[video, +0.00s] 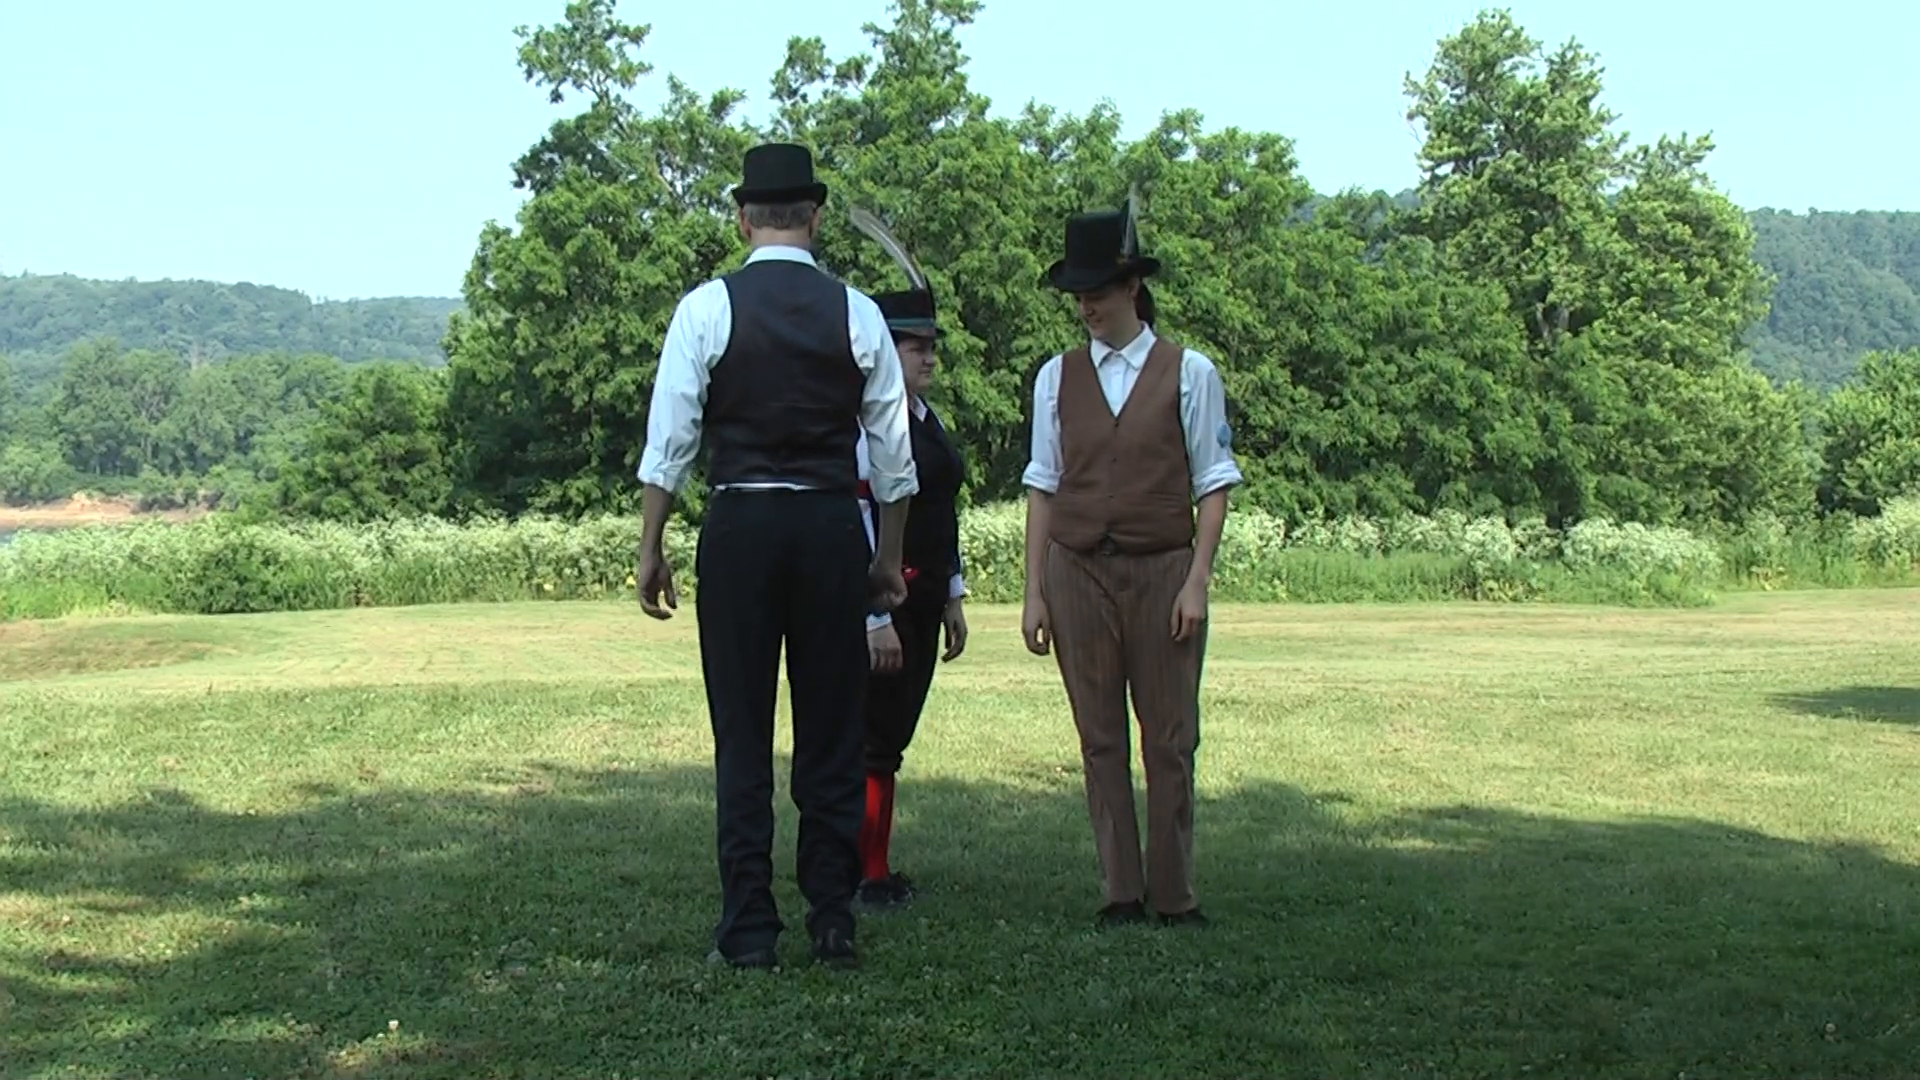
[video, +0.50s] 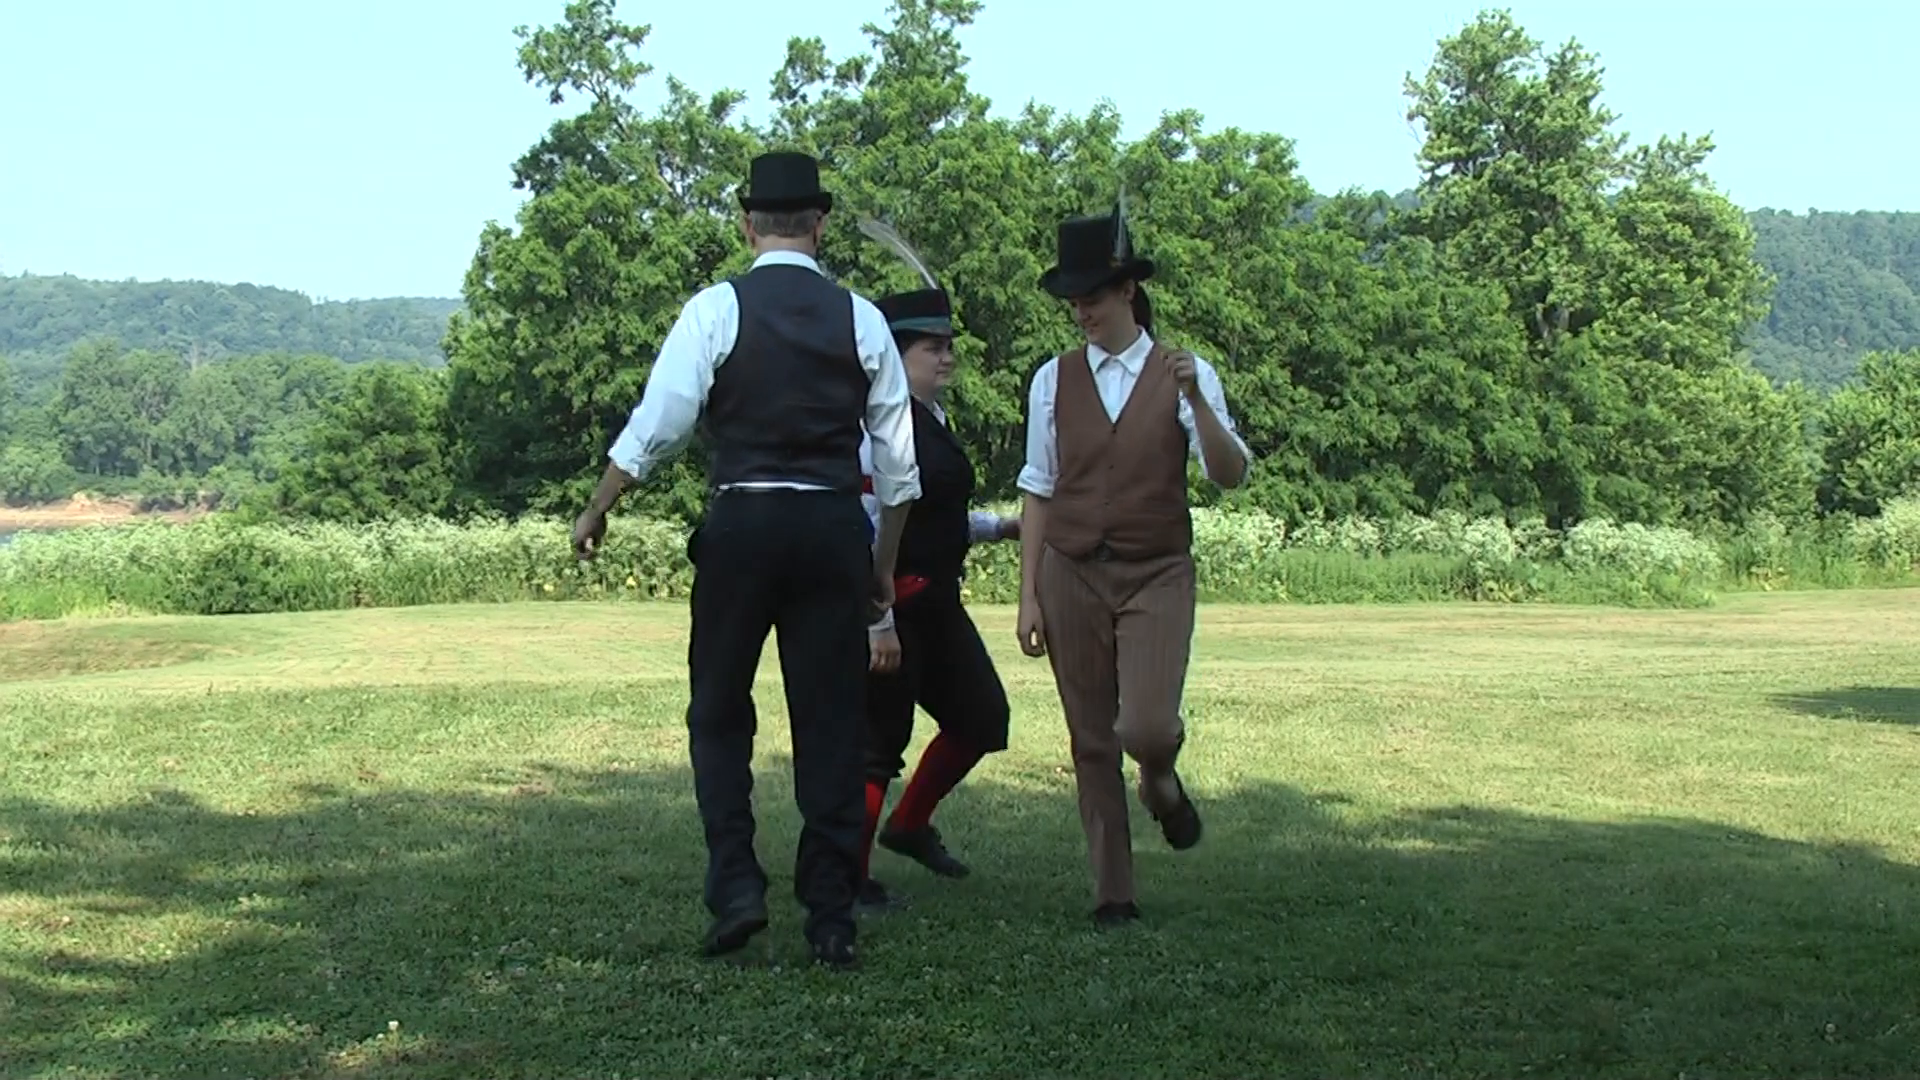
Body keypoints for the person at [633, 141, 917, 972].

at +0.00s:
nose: (753, 222)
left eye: (745, 212)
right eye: (797, 212)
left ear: (742, 218)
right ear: (814, 216)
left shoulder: (708, 307)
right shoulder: (859, 312)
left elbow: (671, 432)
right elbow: (893, 445)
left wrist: (650, 544)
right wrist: (890, 551)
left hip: (738, 537)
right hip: (834, 535)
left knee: (741, 741)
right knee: (831, 737)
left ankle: (748, 929)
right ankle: (835, 923)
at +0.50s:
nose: (765, 230)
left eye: (753, 220)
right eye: (807, 220)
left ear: (748, 224)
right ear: (823, 225)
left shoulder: (714, 308)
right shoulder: (863, 318)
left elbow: (664, 415)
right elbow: (895, 457)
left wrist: (598, 507)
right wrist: (885, 562)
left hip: (740, 527)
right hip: (836, 533)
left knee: (718, 711)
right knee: (830, 720)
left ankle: (736, 899)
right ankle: (831, 920)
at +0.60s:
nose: (747, 228)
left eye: (743, 218)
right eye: (809, 219)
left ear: (740, 222)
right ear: (813, 224)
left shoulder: (712, 299)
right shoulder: (854, 314)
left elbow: (636, 389)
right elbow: (896, 449)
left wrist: (551, 424)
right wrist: (880, 550)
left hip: (737, 520)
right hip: (830, 526)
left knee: (705, 689)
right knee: (830, 714)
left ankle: (722, 866)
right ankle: (834, 918)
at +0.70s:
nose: (787, 231)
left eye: (741, 222)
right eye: (796, 221)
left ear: (728, 226)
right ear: (799, 226)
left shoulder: (699, 301)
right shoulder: (840, 314)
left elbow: (591, 348)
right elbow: (883, 442)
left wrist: (529, 338)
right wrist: (871, 547)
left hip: (724, 521)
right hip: (815, 526)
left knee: (695, 694)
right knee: (819, 719)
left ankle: (707, 872)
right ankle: (832, 920)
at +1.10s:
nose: (767, 223)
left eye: (759, 213)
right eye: (768, 214)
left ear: (695, 214)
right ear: (757, 215)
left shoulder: (650, 276)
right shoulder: (784, 292)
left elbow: (610, 196)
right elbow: (826, 404)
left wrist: (606, 113)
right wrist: (837, 506)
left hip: (678, 498)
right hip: (765, 494)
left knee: (691, 688)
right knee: (782, 579)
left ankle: (687, 885)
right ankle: (757, 739)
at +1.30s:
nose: (780, 273)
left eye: (777, 261)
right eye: (779, 261)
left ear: (707, 258)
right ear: (765, 263)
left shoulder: (658, 311)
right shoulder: (783, 332)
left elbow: (625, 225)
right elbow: (819, 442)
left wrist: (652, 137)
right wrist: (819, 548)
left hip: (669, 531)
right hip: (756, 533)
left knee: (680, 720)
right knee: (785, 603)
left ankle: (674, 891)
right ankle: (748, 756)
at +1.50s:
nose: (819, 316)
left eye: (818, 303)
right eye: (819, 302)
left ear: (753, 285)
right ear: (802, 297)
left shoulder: (694, 328)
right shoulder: (811, 361)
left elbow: (676, 250)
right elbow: (830, 473)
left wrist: (710, 164)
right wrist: (816, 570)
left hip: (665, 541)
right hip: (745, 548)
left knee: (681, 724)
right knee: (809, 631)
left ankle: (672, 897)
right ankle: (758, 797)